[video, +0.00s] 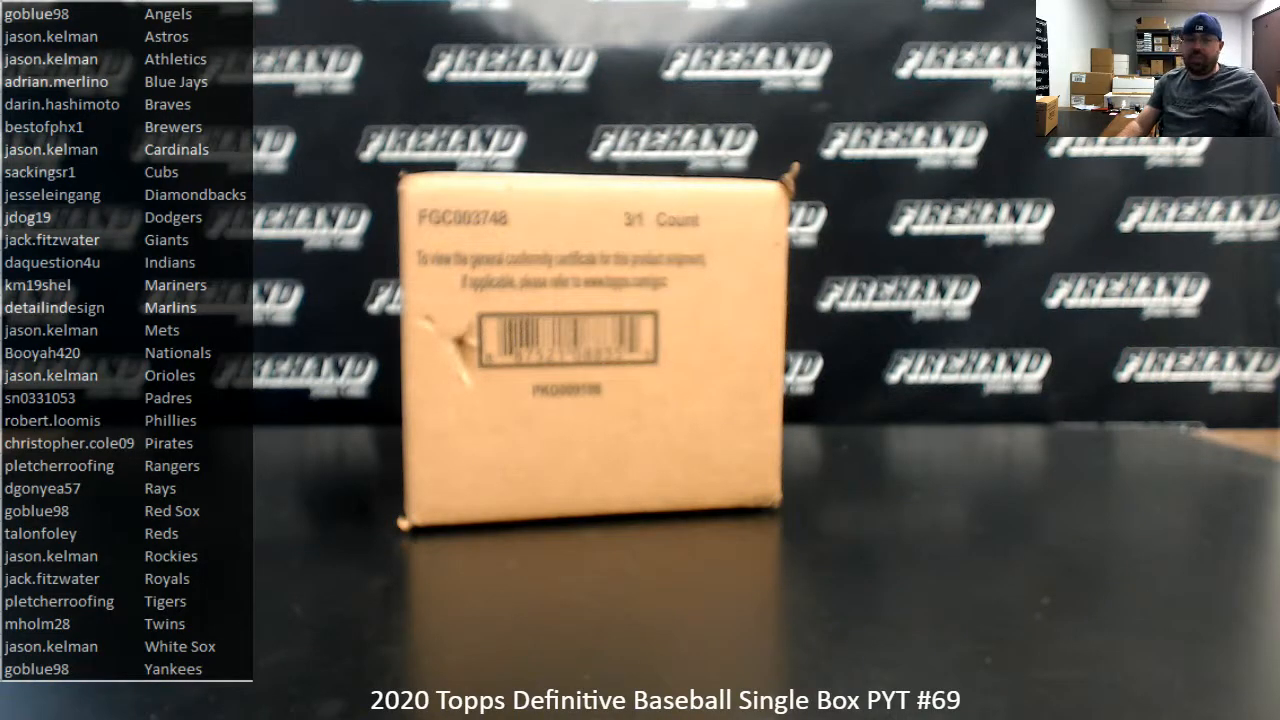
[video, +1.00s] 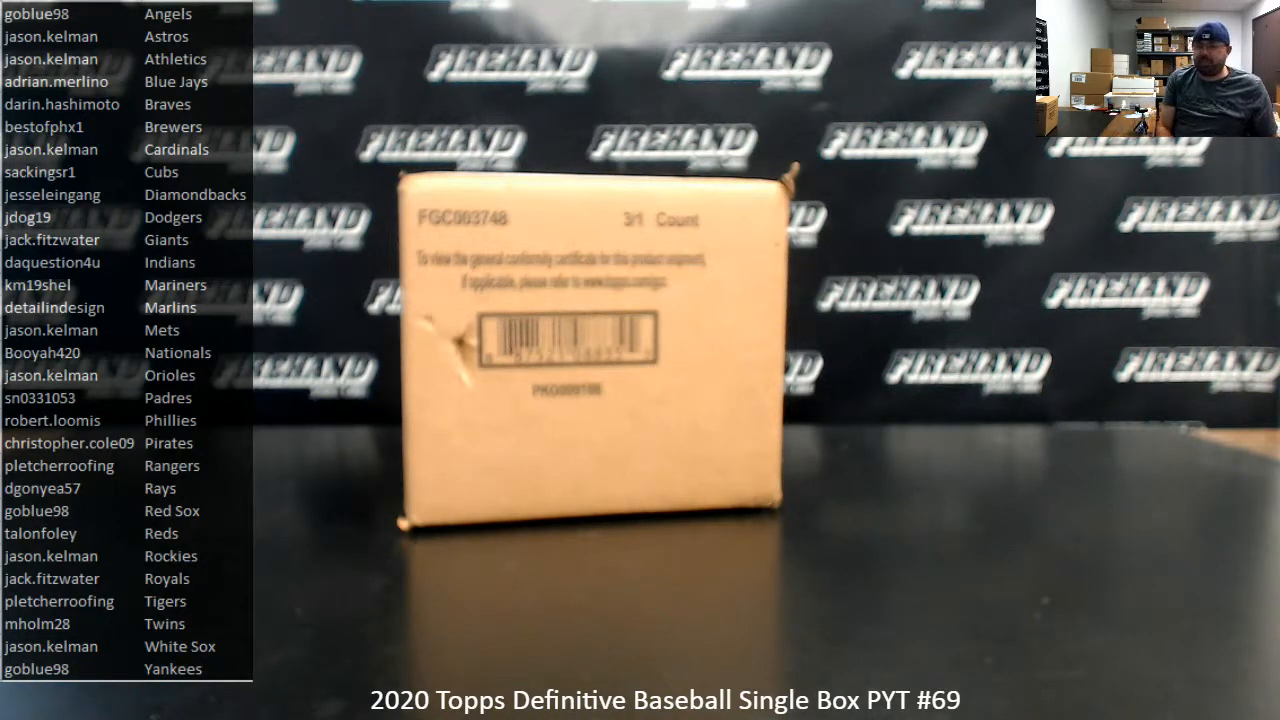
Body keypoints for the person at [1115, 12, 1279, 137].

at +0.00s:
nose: (1197, 47)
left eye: (1206, 40)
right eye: (1190, 40)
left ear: (1220, 46)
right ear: (1181, 45)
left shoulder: (1246, 83)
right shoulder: (1169, 82)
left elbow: (1271, 143)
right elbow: (1139, 125)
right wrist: (1110, 152)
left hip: (1226, 173)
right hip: (1171, 174)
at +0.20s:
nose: (1198, 48)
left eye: (1206, 41)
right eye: (1191, 41)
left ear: (1220, 47)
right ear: (1182, 47)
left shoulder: (1246, 82)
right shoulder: (1172, 81)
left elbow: (1271, 140)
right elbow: (1147, 121)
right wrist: (1118, 147)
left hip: (1228, 170)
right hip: (1173, 171)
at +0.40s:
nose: (1199, 47)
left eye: (1207, 40)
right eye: (1193, 41)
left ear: (1222, 46)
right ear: (1185, 48)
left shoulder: (1250, 81)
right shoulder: (1176, 79)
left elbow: (1272, 136)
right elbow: (1160, 121)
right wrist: (1162, 153)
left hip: (1233, 167)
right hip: (1181, 167)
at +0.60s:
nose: (1203, 46)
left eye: (1211, 40)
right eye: (1196, 41)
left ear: (1226, 46)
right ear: (1190, 46)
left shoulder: (1253, 83)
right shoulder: (1177, 78)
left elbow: (1273, 136)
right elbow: (1162, 124)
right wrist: (1174, 155)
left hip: (1236, 167)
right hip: (1184, 167)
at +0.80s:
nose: (1206, 50)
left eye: (1214, 43)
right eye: (1200, 43)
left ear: (1229, 48)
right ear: (1193, 47)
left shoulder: (1253, 85)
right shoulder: (1178, 78)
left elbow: (1272, 138)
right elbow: (1163, 126)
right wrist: (1175, 158)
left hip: (1236, 168)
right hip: (1184, 168)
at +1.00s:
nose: (1204, 53)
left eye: (1212, 47)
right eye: (1198, 47)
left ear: (1227, 50)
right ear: (1192, 49)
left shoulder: (1251, 86)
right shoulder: (1178, 80)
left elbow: (1271, 139)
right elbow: (1164, 127)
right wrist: (1171, 158)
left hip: (1234, 166)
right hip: (1183, 166)